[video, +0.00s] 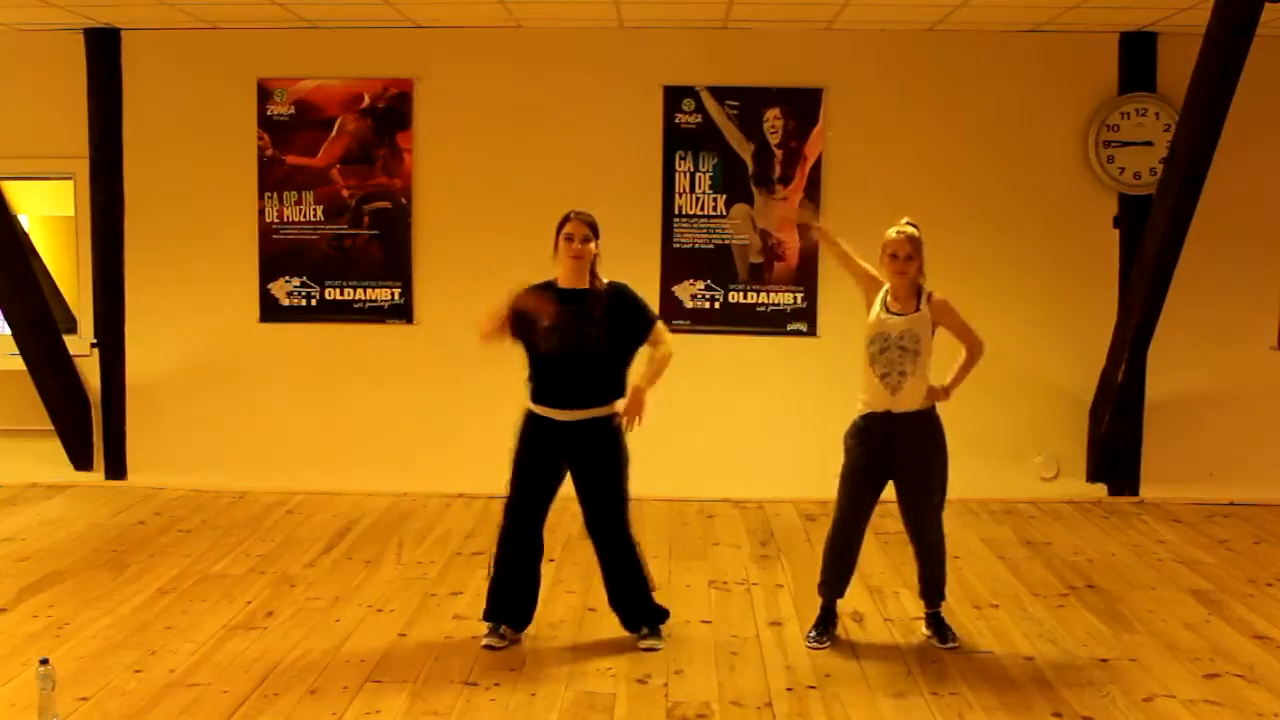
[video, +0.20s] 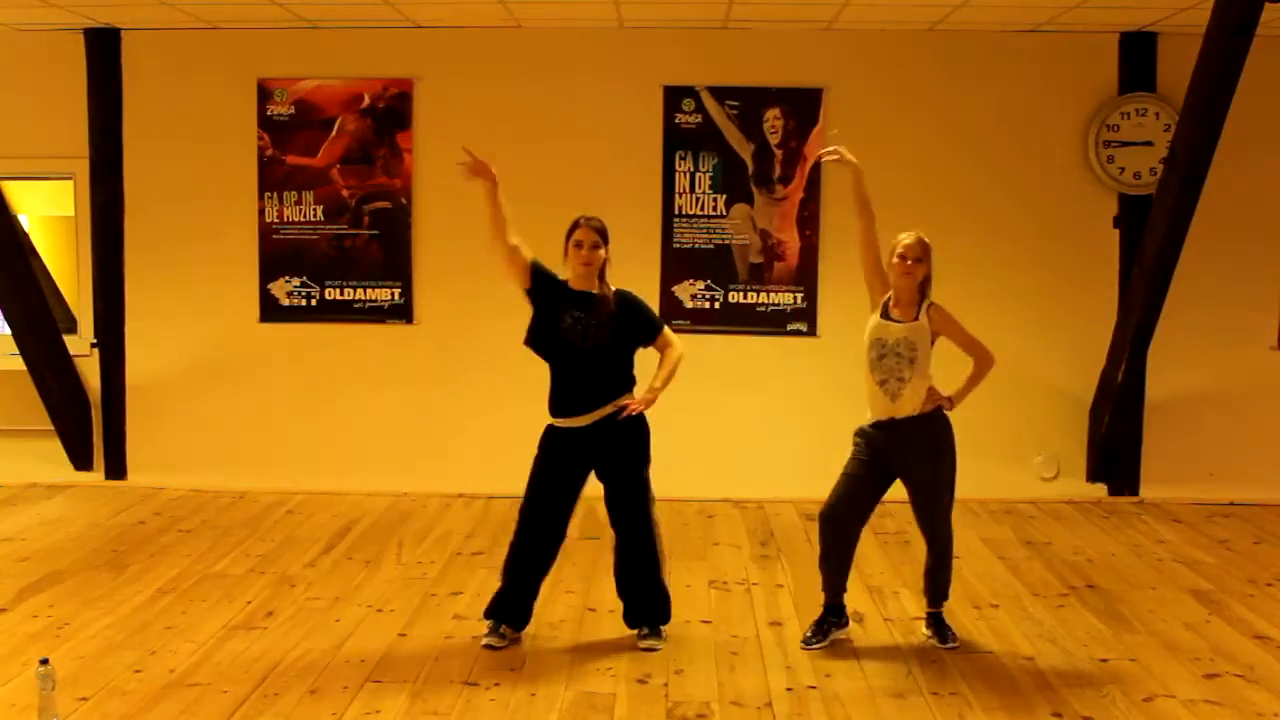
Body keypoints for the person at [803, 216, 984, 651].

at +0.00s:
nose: (898, 263)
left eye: (906, 257)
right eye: (891, 256)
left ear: (920, 261)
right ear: (881, 259)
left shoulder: (935, 307)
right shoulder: (876, 292)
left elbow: (975, 346)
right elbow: (836, 249)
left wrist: (949, 387)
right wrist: (809, 219)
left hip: (919, 430)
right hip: (870, 429)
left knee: (927, 528)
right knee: (846, 522)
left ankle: (934, 614)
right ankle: (827, 612)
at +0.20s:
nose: (906, 263)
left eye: (916, 259)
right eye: (901, 257)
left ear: (928, 270)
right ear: (889, 264)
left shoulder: (933, 315)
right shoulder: (880, 303)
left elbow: (984, 358)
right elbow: (865, 226)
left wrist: (956, 397)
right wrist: (855, 167)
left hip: (926, 436)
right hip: (877, 438)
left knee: (938, 531)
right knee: (835, 517)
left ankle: (935, 615)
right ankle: (833, 613)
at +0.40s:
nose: (910, 263)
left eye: (919, 259)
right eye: (904, 257)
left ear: (932, 268)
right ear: (894, 264)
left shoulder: (938, 314)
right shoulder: (887, 302)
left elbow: (987, 363)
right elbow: (875, 229)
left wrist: (952, 402)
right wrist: (867, 171)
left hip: (926, 436)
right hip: (878, 437)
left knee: (935, 532)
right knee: (836, 518)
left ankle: (935, 616)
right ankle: (833, 612)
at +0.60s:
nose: (911, 264)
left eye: (920, 260)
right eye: (905, 257)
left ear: (934, 267)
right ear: (896, 262)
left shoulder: (940, 315)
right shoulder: (889, 301)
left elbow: (989, 364)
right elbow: (874, 228)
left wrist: (953, 403)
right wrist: (864, 171)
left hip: (927, 436)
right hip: (879, 436)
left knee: (935, 531)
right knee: (838, 518)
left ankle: (935, 616)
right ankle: (833, 611)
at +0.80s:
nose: (911, 264)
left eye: (921, 259)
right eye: (906, 257)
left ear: (936, 265)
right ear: (896, 261)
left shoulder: (943, 314)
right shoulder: (889, 298)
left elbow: (991, 363)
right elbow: (864, 225)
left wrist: (957, 401)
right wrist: (843, 167)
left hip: (930, 436)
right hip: (881, 436)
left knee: (936, 532)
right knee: (841, 519)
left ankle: (935, 616)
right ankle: (834, 612)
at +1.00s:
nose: (909, 267)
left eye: (919, 261)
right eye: (905, 260)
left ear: (936, 266)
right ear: (898, 262)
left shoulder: (944, 315)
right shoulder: (888, 297)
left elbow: (993, 362)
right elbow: (855, 229)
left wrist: (960, 401)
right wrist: (823, 178)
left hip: (931, 435)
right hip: (882, 435)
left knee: (938, 532)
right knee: (841, 518)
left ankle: (936, 615)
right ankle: (834, 612)